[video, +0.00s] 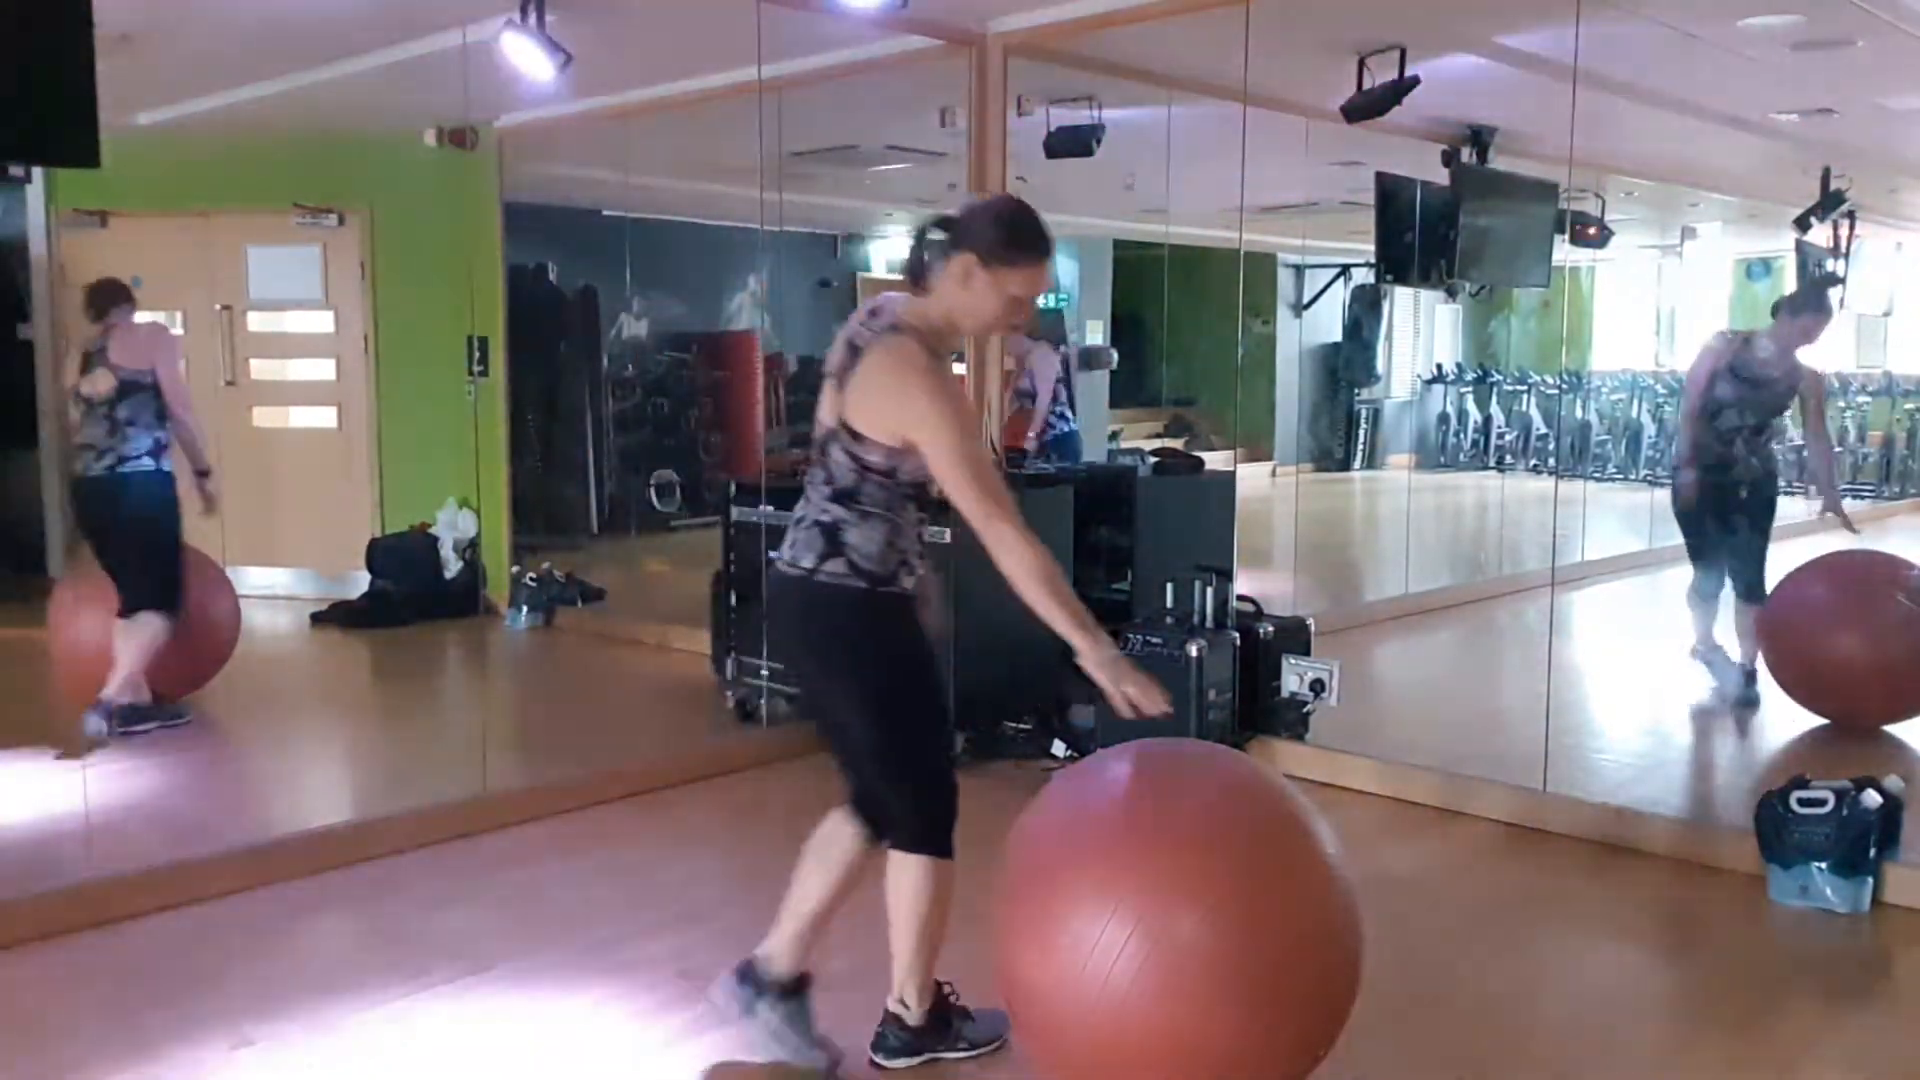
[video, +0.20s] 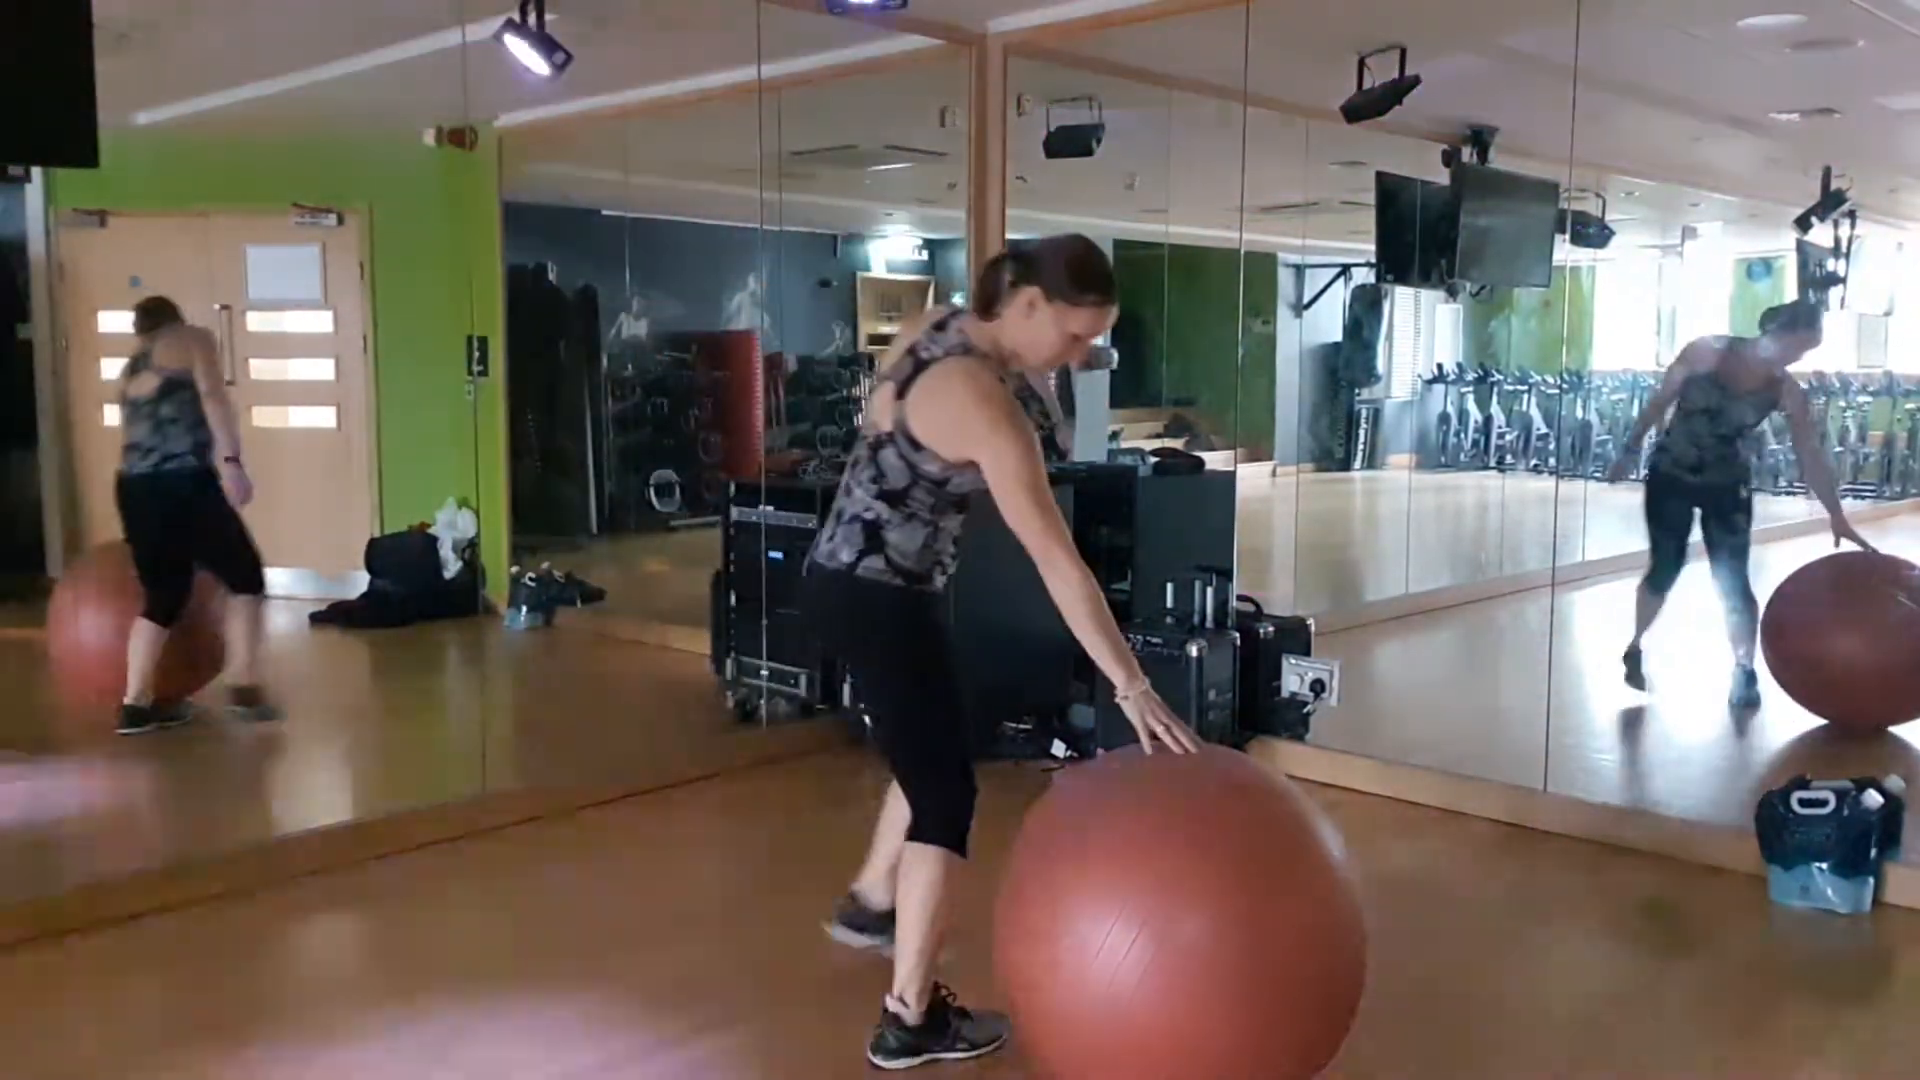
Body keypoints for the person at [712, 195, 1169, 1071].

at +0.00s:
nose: (1019, 320)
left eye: (1029, 304)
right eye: (1016, 300)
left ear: (961, 272)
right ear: (963, 271)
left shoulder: (882, 323)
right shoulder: (909, 369)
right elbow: (999, 528)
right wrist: (1100, 654)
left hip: (817, 590)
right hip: (856, 601)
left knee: (877, 792)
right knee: (924, 799)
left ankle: (772, 974)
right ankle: (913, 1013)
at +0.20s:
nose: (1080, 356)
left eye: (1090, 340)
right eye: (1077, 335)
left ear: (1020, 304)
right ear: (1025, 303)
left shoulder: (939, 337)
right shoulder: (982, 399)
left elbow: (874, 418)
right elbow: (1054, 556)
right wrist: (1130, 682)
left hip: (855, 583)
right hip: (884, 597)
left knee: (928, 750)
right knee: (944, 797)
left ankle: (871, 896)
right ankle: (910, 1012)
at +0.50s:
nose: (1075, 375)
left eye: (1088, 363)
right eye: (1072, 356)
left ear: (1038, 318)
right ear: (1036, 317)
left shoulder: (989, 347)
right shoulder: (981, 405)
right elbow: (974, 562)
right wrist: (1022, 683)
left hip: (933, 575)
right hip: (923, 589)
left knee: (968, 733)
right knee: (982, 742)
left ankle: (927, 885)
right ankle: (935, 892)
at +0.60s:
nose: (1071, 372)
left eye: (1085, 359)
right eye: (1065, 351)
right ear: (1031, 313)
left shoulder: (1002, 349)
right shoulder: (974, 404)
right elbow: (935, 556)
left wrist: (1089, 356)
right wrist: (953, 678)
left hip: (967, 576)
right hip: (944, 589)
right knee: (1046, 721)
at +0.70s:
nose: (1070, 363)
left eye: (1082, 348)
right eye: (1061, 342)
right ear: (1024, 308)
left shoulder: (1000, 349)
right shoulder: (975, 402)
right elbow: (908, 537)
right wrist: (915, 650)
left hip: (991, 590)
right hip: (962, 605)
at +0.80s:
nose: (1062, 359)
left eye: (1075, 343)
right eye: (1049, 340)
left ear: (1088, 331)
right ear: (1013, 310)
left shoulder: (1048, 378)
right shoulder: (976, 395)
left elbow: (1050, 459)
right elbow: (913, 525)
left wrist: (1108, 493)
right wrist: (914, 632)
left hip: (1017, 588)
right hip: (965, 596)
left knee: (1085, 734)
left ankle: (1105, 898)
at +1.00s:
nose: (1079, 355)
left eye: (1091, 339)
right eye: (1063, 339)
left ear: (1104, 326)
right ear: (1031, 318)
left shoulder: (1080, 372)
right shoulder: (1005, 396)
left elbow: (1106, 443)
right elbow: (958, 530)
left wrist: (1152, 502)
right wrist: (927, 647)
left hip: (1056, 598)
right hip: (1015, 603)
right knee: (1120, 743)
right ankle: (1122, 921)